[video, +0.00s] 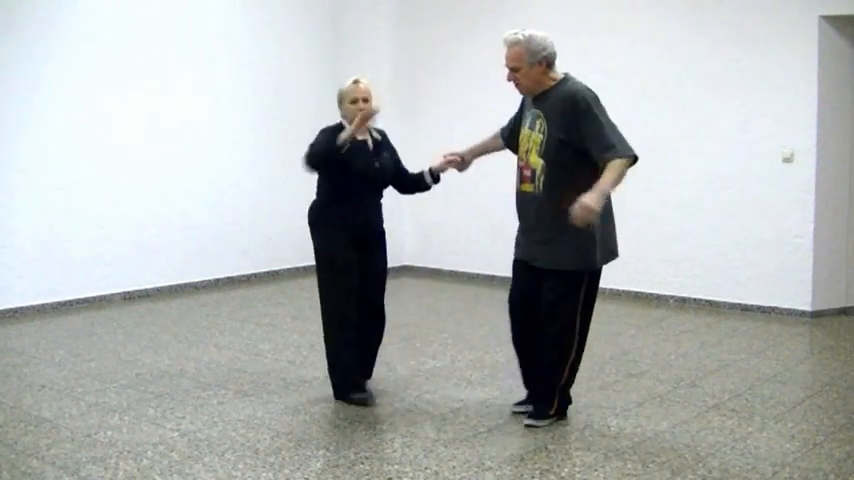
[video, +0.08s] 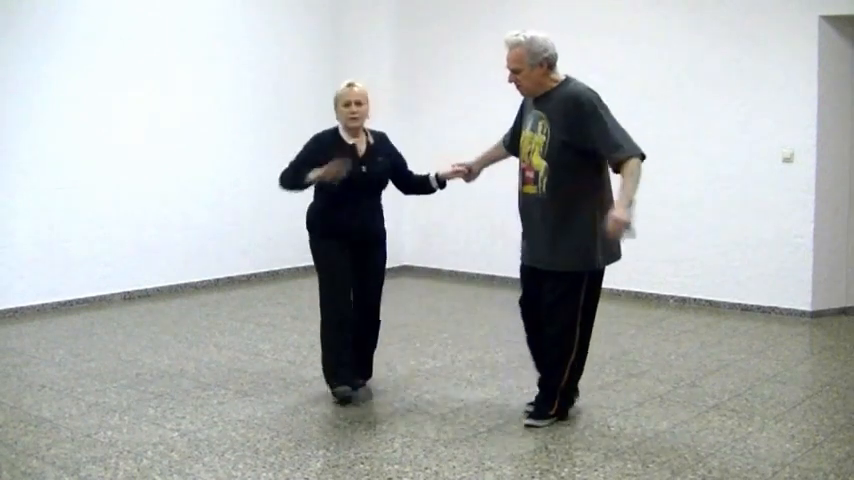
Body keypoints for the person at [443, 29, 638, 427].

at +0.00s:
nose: (509, 78)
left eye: (515, 71)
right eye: (508, 70)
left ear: (543, 66)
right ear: (535, 67)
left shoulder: (577, 99)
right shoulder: (532, 101)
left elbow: (622, 156)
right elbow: (510, 136)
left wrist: (597, 194)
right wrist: (469, 154)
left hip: (574, 242)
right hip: (534, 237)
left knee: (562, 322)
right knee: (525, 313)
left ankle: (554, 404)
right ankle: (538, 394)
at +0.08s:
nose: (511, 79)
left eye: (516, 72)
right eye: (510, 72)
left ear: (544, 68)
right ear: (534, 69)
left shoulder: (581, 101)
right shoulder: (531, 102)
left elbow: (631, 159)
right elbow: (513, 142)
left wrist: (622, 206)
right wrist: (477, 164)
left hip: (580, 242)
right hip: (540, 238)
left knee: (566, 322)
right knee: (535, 312)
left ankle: (555, 402)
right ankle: (555, 388)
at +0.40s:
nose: (519, 78)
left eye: (525, 72)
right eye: (518, 71)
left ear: (554, 69)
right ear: (545, 69)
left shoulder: (595, 101)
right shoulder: (525, 110)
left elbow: (650, 148)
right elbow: (480, 145)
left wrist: (680, 200)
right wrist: (426, 160)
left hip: (590, 230)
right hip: (551, 232)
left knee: (552, 304)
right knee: (557, 308)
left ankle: (558, 400)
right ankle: (566, 392)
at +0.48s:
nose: (521, 78)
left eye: (527, 71)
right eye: (520, 70)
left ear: (557, 69)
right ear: (544, 70)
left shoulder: (597, 101)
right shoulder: (524, 108)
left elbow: (651, 148)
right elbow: (471, 137)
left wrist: (684, 197)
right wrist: (418, 149)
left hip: (591, 233)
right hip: (550, 233)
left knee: (558, 316)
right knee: (553, 315)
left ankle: (557, 406)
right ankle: (558, 395)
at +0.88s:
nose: (492, 72)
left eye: (497, 65)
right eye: (492, 65)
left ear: (523, 66)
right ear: (519, 66)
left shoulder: (555, 96)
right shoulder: (517, 103)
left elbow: (593, 134)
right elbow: (491, 148)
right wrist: (443, 159)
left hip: (560, 247)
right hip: (523, 243)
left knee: (553, 327)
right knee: (498, 301)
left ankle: (555, 411)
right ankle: (522, 388)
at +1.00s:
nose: (479, 74)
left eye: (482, 67)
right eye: (479, 67)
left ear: (504, 66)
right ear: (507, 66)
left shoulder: (531, 97)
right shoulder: (515, 101)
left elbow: (526, 148)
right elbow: (510, 162)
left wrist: (457, 160)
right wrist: (463, 169)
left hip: (530, 242)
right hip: (510, 239)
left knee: (533, 325)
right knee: (481, 308)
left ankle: (552, 410)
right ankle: (463, 392)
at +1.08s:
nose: (468, 79)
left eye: (471, 71)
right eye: (468, 71)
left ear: (489, 69)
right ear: (495, 68)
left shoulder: (511, 101)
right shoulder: (511, 98)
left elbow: (484, 156)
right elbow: (504, 160)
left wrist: (421, 168)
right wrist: (472, 175)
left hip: (511, 239)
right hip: (506, 237)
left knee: (476, 311)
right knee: (512, 318)